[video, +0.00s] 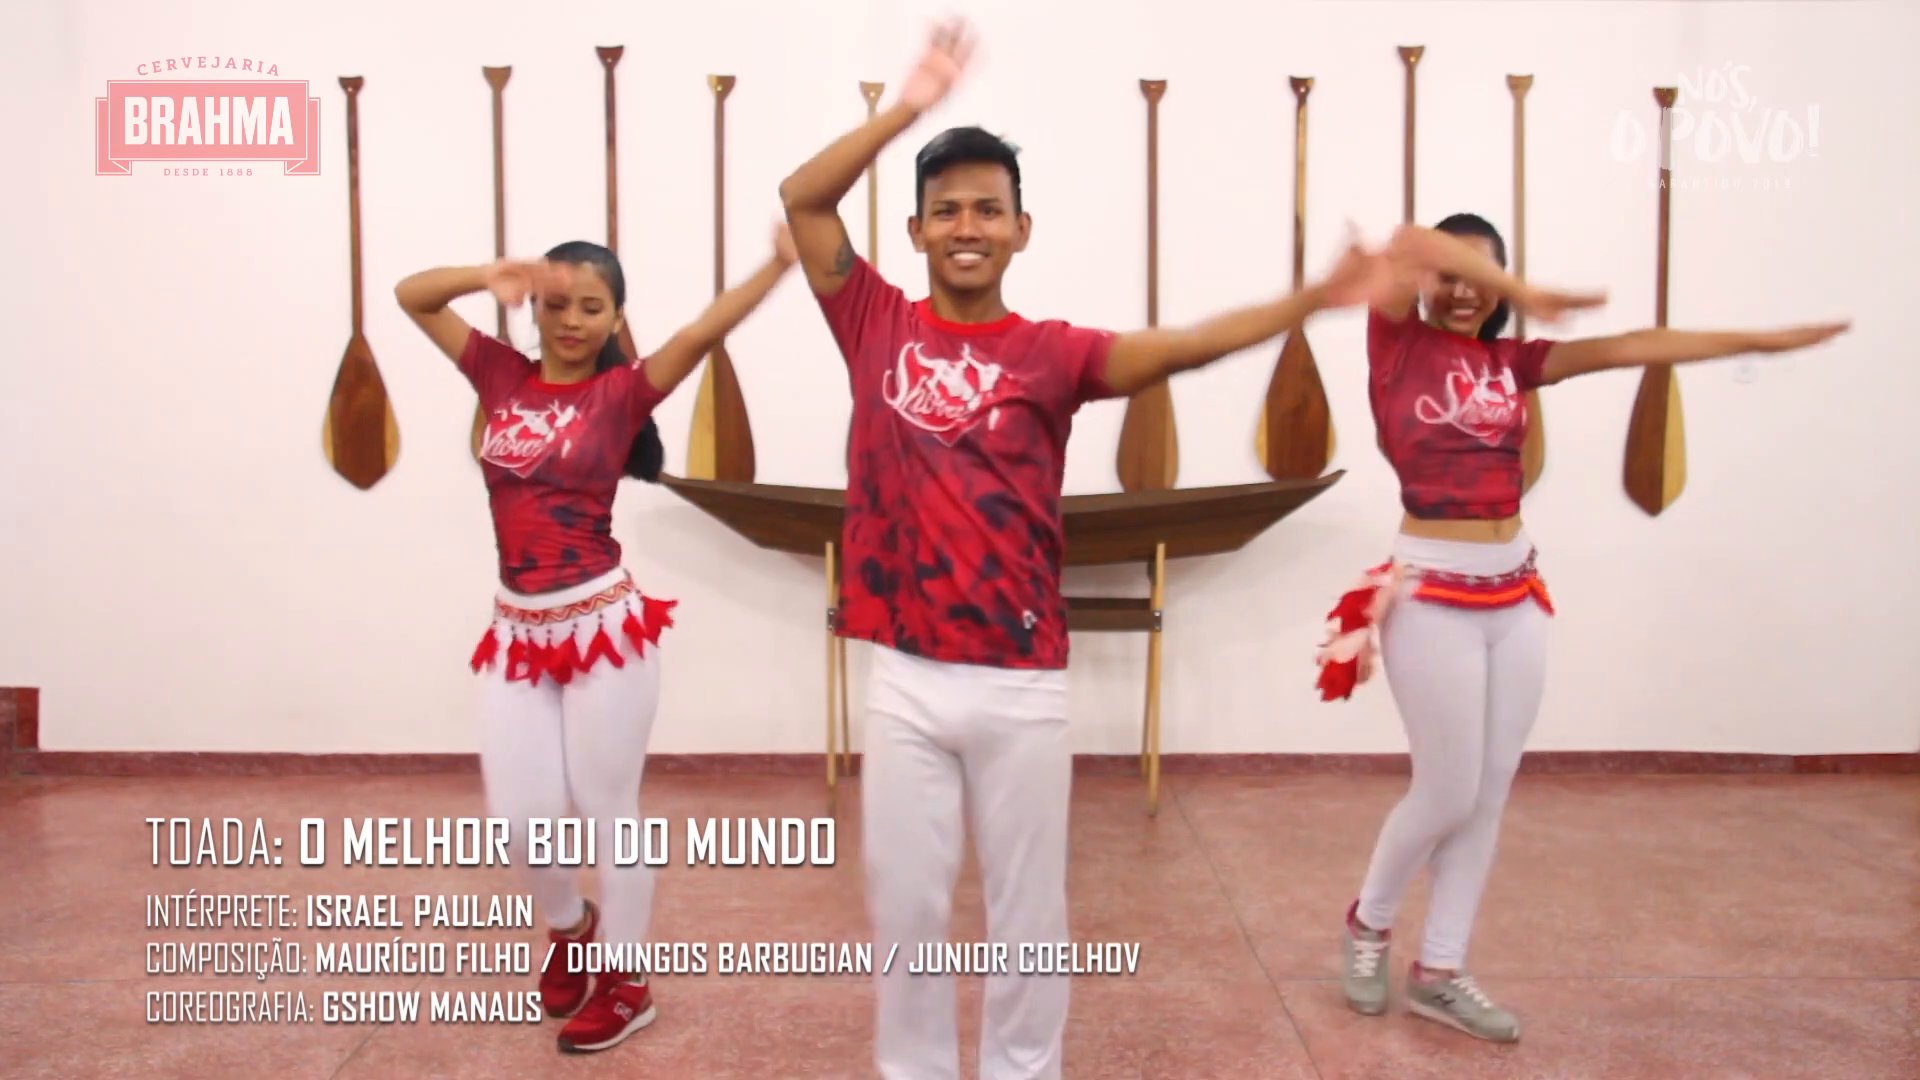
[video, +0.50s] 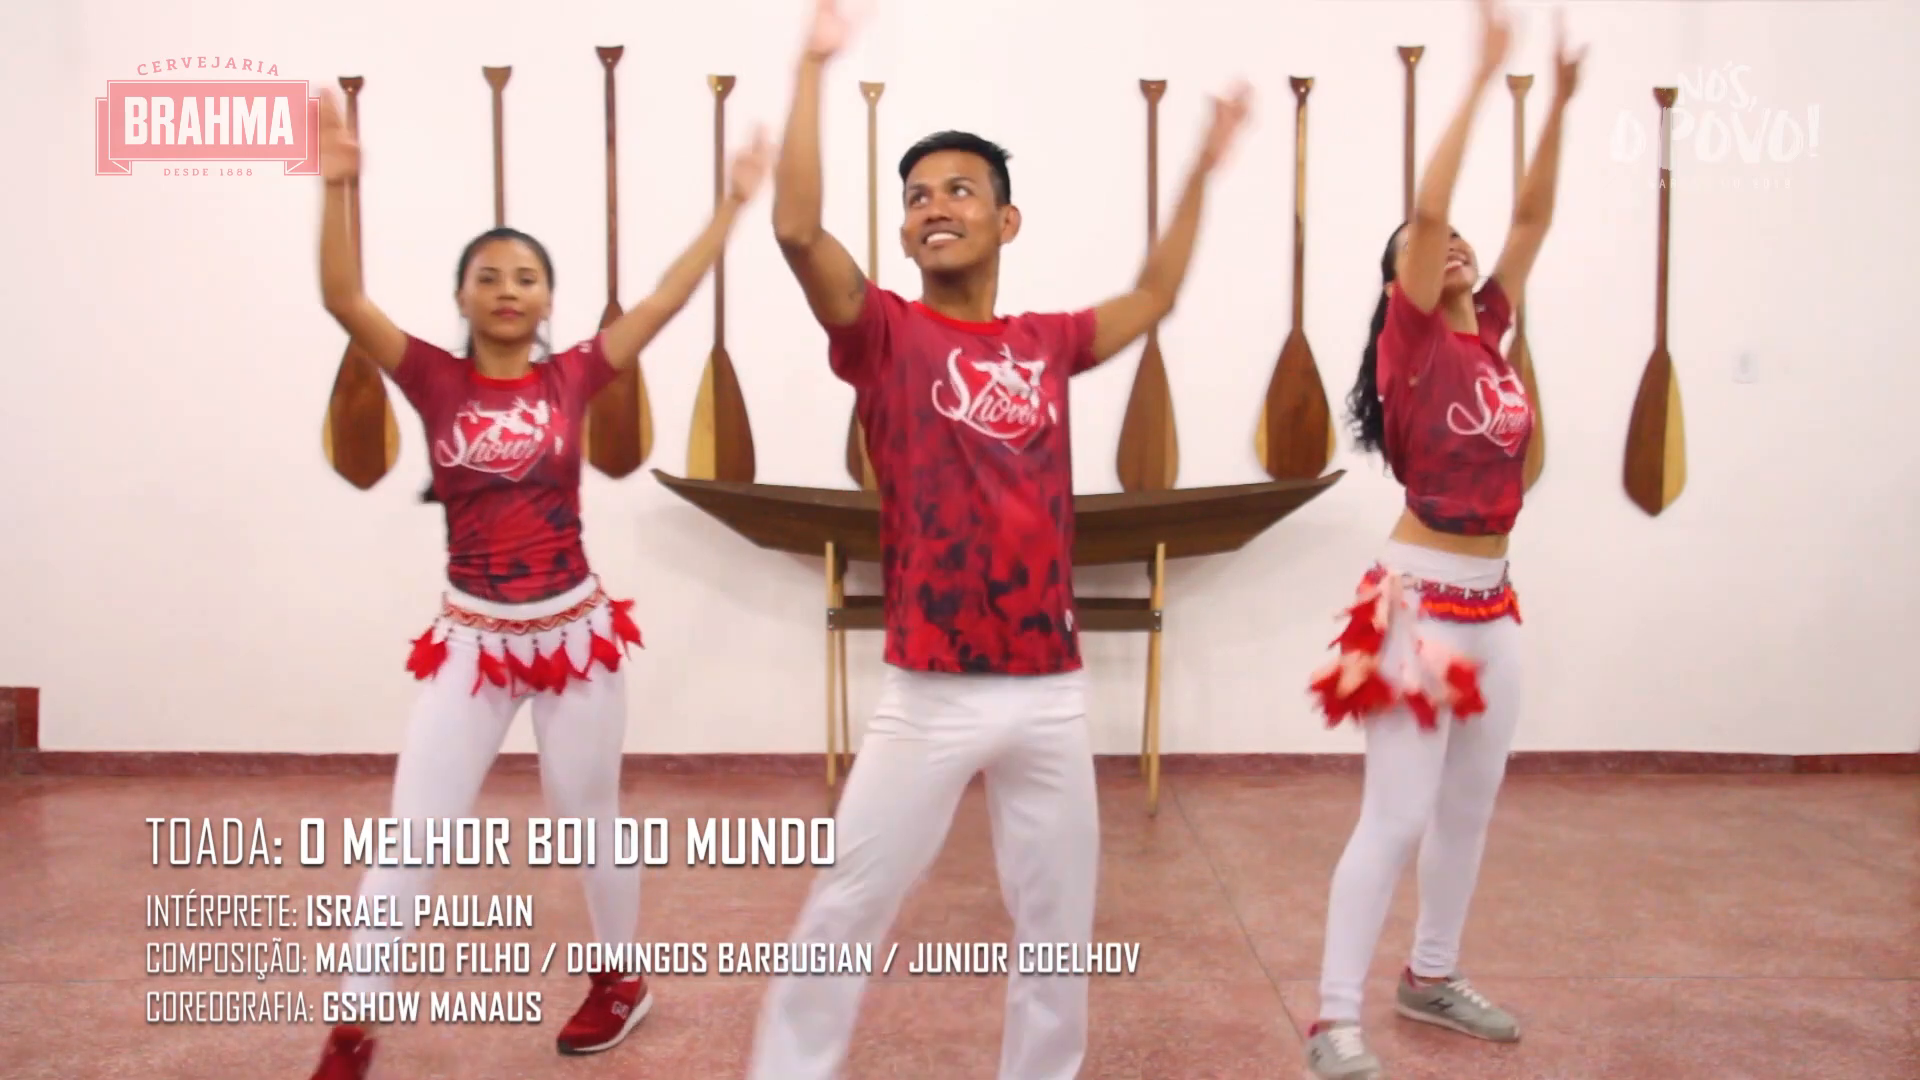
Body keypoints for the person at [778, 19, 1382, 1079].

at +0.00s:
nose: (967, 226)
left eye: (989, 209)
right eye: (948, 210)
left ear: (1021, 229)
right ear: (918, 228)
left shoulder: (1052, 352)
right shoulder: (876, 327)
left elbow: (1190, 344)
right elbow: (803, 199)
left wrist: (1321, 293)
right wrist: (901, 110)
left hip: (1022, 685)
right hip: (903, 677)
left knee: (1026, 926)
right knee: (905, 926)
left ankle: (1020, 1073)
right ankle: (913, 1075)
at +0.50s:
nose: (937, 206)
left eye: (961, 189)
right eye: (920, 194)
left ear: (1009, 221)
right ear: (902, 228)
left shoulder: (1046, 343)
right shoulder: (883, 333)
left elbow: (1155, 293)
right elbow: (799, 231)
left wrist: (1205, 166)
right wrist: (813, 60)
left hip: (1046, 693)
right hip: (925, 694)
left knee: (1059, 948)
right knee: (841, 923)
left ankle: (1039, 1079)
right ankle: (783, 1076)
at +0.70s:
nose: (902, 217)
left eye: (925, 200)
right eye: (885, 205)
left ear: (972, 233)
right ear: (866, 238)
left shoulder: (1000, 341)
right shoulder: (849, 341)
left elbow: (1090, 252)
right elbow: (765, 235)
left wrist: (1094, 115)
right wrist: (690, 83)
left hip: (1007, 698)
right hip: (891, 704)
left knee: (1018, 942)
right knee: (807, 936)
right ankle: (716, 1079)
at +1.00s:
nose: (837, 244)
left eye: (862, 228)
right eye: (819, 223)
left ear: (894, 245)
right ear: (787, 231)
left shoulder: (913, 351)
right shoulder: (733, 335)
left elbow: (1024, 253)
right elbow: (619, 248)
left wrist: (992, 119)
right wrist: (511, 140)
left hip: (883, 710)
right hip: (750, 710)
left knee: (958, 949)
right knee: (715, 959)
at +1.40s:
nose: (774, 242)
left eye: (798, 222)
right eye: (754, 219)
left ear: (829, 237)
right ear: (717, 225)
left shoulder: (854, 352)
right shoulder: (664, 331)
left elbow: (953, 288)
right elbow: (508, 301)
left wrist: (867, 174)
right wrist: (356, 243)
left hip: (790, 716)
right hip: (670, 705)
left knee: (774, 966)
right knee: (684, 967)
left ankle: (775, 1078)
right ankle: (712, 1074)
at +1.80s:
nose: (763, 219)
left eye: (786, 200)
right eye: (741, 198)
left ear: (824, 224)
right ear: (708, 217)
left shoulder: (848, 340)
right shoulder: (664, 340)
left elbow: (906, 215)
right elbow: (521, 258)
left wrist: (819, 52)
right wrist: (409, 134)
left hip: (810, 725)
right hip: (687, 716)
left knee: (843, 954)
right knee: (684, 961)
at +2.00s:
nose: (802, 225)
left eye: (825, 208)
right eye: (778, 207)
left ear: (861, 236)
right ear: (745, 234)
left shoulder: (886, 356)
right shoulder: (713, 349)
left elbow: (955, 237)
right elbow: (599, 223)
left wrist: (957, 63)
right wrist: (540, 57)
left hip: (843, 751)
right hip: (714, 742)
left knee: (927, 1008)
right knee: (701, 997)